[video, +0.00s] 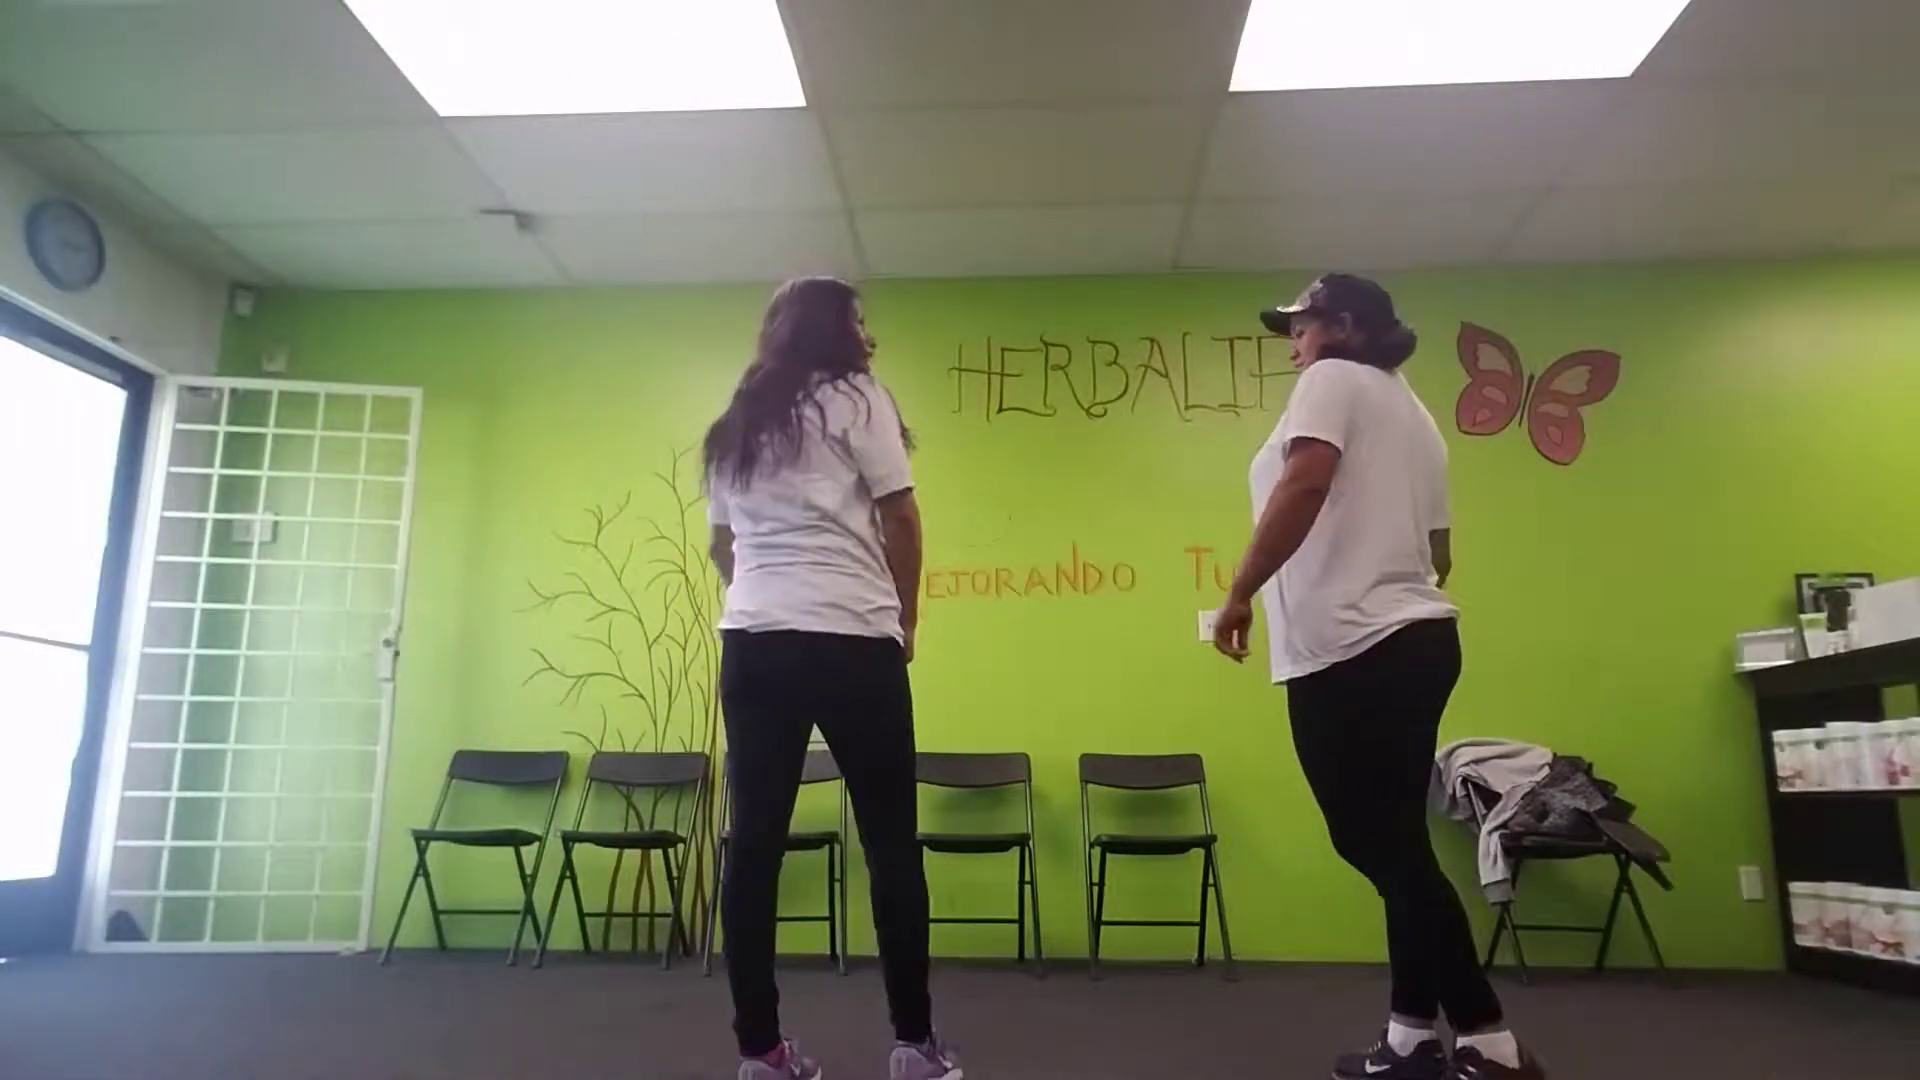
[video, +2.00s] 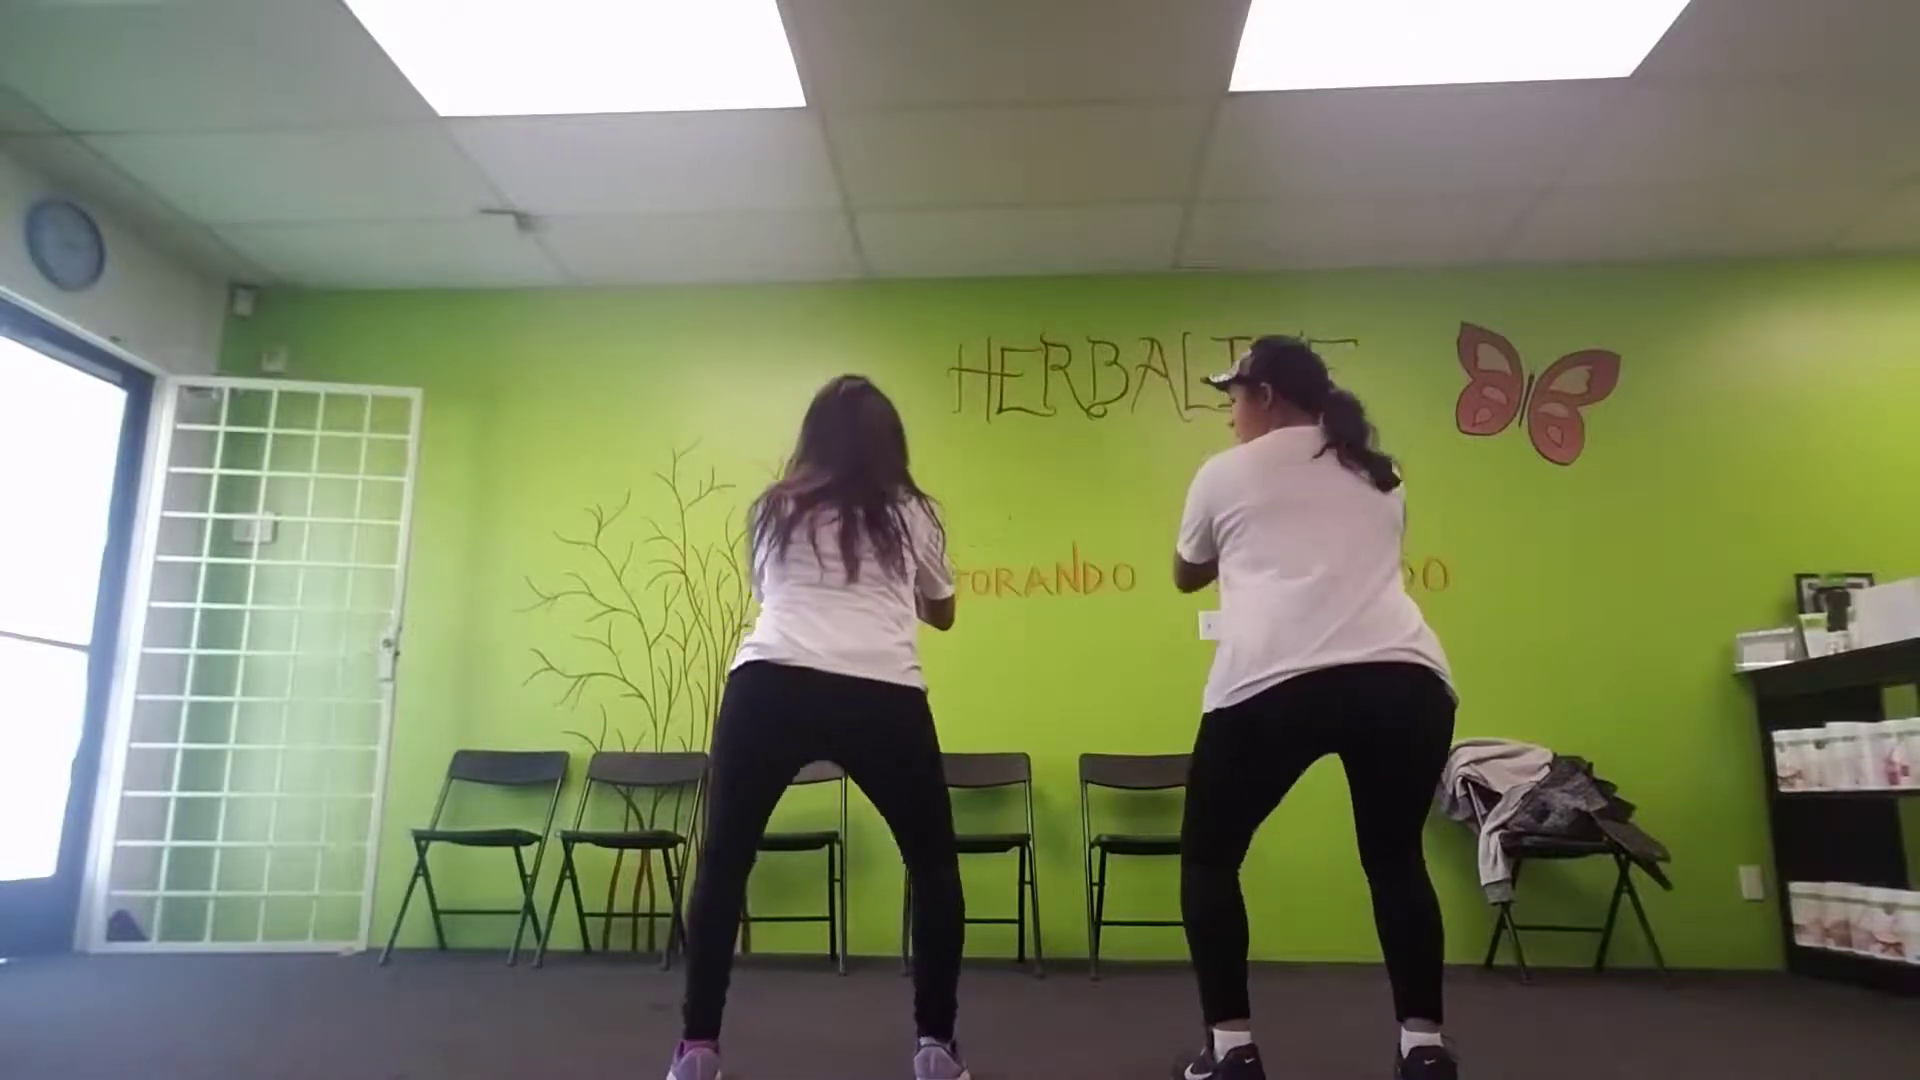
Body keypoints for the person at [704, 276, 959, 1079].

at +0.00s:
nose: (869, 337)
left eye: (866, 324)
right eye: (860, 324)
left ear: (782, 334)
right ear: (834, 329)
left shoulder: (736, 414)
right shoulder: (857, 393)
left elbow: (724, 548)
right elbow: (900, 521)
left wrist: (764, 622)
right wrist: (904, 621)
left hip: (754, 644)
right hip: (854, 638)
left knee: (752, 849)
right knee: (893, 846)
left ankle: (758, 1050)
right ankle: (914, 1046)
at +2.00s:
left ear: (810, 440)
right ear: (892, 441)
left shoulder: (774, 503)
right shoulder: (914, 509)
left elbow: (767, 590)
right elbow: (941, 613)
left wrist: (834, 572)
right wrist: (878, 567)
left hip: (771, 689)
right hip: (883, 697)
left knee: (722, 859)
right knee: (932, 861)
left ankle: (697, 1049)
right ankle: (936, 1049)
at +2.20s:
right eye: (890, 524)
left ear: (809, 527)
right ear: (889, 530)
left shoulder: (772, 586)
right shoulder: (907, 594)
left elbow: (764, 669)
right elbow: (940, 694)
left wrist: (829, 657)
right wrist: (876, 657)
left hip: (762, 766)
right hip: (880, 778)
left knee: (718, 875)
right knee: (950, 866)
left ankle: (701, 1039)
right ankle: (937, 1038)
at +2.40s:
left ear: (808, 615)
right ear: (887, 619)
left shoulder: (768, 678)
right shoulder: (904, 684)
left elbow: (759, 760)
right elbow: (941, 779)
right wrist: (884, 740)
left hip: (756, 874)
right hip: (870, 878)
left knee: (705, 880)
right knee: (964, 868)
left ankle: (701, 1036)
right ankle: (938, 1038)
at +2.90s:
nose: (892, 557)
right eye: (886, 547)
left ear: (805, 550)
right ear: (883, 555)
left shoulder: (765, 607)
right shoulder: (898, 612)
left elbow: (752, 686)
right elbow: (951, 698)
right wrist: (896, 655)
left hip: (750, 757)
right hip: (865, 762)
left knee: (717, 878)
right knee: (942, 874)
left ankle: (699, 1047)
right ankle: (934, 1048)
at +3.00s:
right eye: (888, 491)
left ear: (805, 491)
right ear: (885, 499)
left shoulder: (764, 557)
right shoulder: (904, 562)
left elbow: (751, 643)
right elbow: (959, 660)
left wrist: (816, 636)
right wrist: (891, 620)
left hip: (754, 715)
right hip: (869, 721)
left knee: (719, 866)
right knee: (935, 867)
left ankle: (698, 1048)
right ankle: (935, 1049)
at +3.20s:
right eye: (885, 379)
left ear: (804, 385)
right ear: (890, 388)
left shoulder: (770, 457)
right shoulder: (919, 461)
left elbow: (735, 572)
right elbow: (962, 571)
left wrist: (812, 582)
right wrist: (892, 586)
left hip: (774, 656)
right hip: (881, 661)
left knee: (736, 849)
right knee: (921, 854)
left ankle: (700, 1049)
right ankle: (935, 1050)